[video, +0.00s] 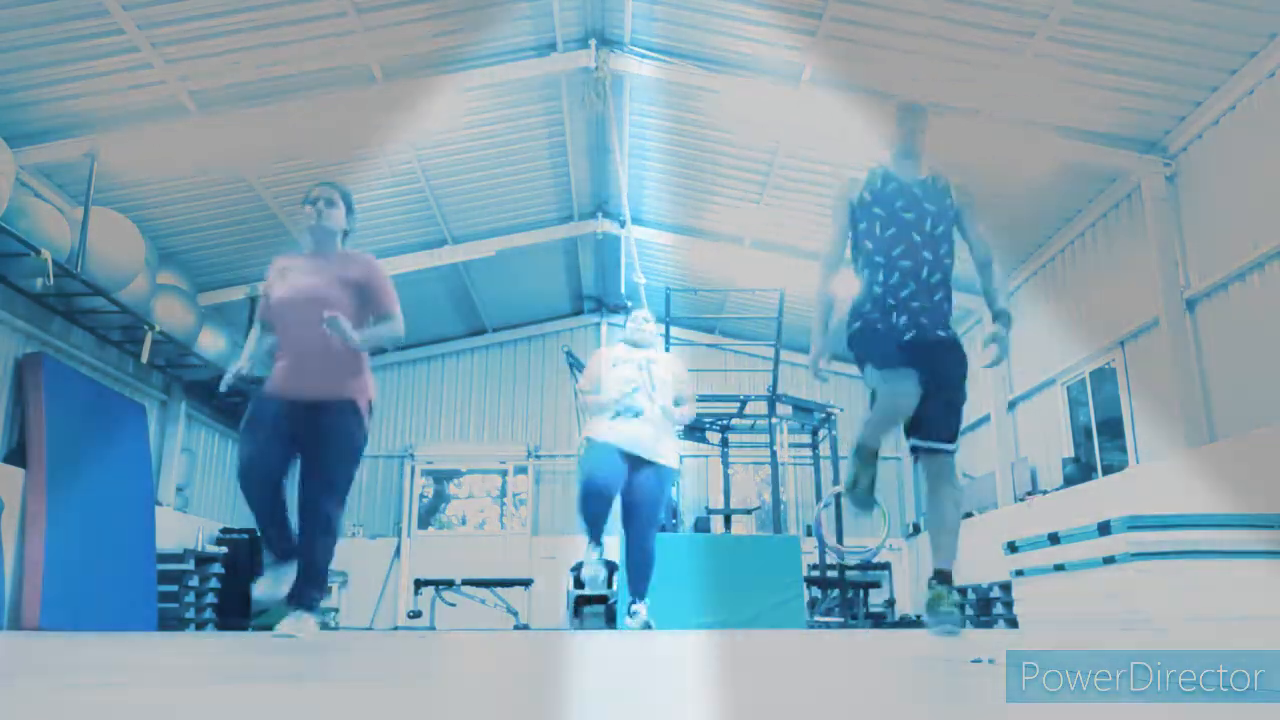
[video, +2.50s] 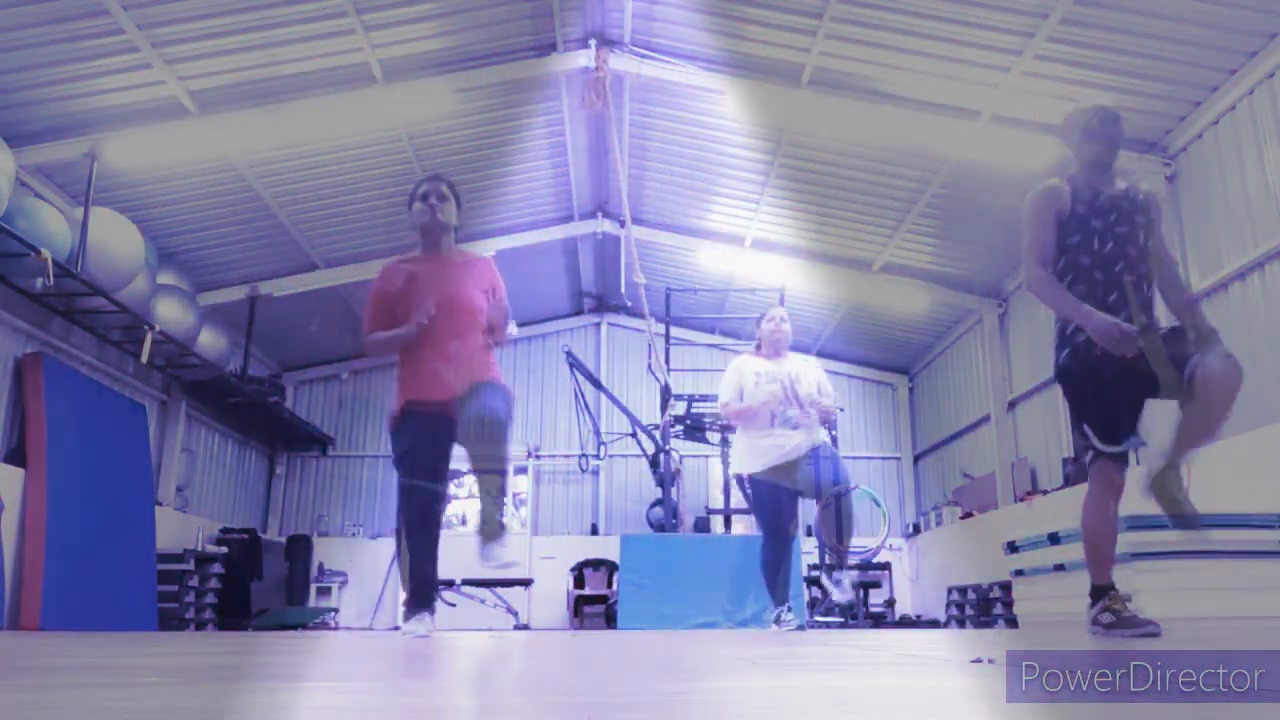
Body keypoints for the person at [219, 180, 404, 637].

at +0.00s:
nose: (318, 209)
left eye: (329, 204)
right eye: (311, 203)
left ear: (347, 219)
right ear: (300, 215)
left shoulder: (363, 266)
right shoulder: (280, 267)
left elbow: (396, 327)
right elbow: (265, 330)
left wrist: (358, 337)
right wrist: (244, 365)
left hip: (339, 401)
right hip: (280, 396)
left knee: (320, 504)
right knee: (255, 472)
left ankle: (305, 608)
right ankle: (284, 558)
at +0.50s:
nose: (289, 210)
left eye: (300, 205)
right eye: (283, 205)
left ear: (319, 221)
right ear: (274, 217)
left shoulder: (338, 272)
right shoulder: (253, 272)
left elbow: (370, 329)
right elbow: (242, 341)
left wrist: (354, 354)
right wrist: (211, 362)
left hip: (322, 404)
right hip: (260, 400)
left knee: (336, 506)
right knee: (235, 496)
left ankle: (355, 606)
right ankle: (220, 608)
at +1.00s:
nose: (294, 214)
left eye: (304, 208)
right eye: (287, 208)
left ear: (323, 223)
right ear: (276, 221)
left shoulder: (343, 278)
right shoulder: (255, 279)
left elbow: (373, 340)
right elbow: (205, 336)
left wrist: (359, 340)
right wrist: (206, 307)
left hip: (330, 391)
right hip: (269, 399)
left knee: (317, 419)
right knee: (255, 516)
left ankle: (318, 531)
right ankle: (253, 612)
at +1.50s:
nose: (355, 194)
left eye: (365, 187)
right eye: (347, 189)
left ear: (382, 201)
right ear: (336, 203)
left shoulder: (409, 252)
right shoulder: (320, 257)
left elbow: (447, 313)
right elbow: (298, 326)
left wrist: (419, 307)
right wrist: (317, 311)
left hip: (389, 382)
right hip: (328, 380)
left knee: (380, 485)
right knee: (304, 470)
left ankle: (374, 603)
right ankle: (293, 578)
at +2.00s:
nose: (397, 205)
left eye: (407, 199)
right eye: (389, 199)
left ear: (424, 212)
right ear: (378, 211)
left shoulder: (446, 268)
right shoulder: (358, 269)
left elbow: (472, 333)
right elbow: (339, 340)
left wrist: (451, 361)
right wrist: (328, 333)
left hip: (428, 404)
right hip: (366, 399)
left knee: (423, 509)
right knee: (362, 506)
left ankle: (422, 607)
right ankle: (369, 611)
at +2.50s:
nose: (433, 205)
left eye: (442, 198)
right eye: (424, 199)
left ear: (457, 212)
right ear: (411, 213)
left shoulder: (481, 266)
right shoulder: (395, 274)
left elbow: (502, 329)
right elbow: (371, 341)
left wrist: (499, 329)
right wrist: (410, 331)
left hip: (478, 389)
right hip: (422, 399)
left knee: (488, 417)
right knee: (420, 508)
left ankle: (492, 532)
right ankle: (419, 607)